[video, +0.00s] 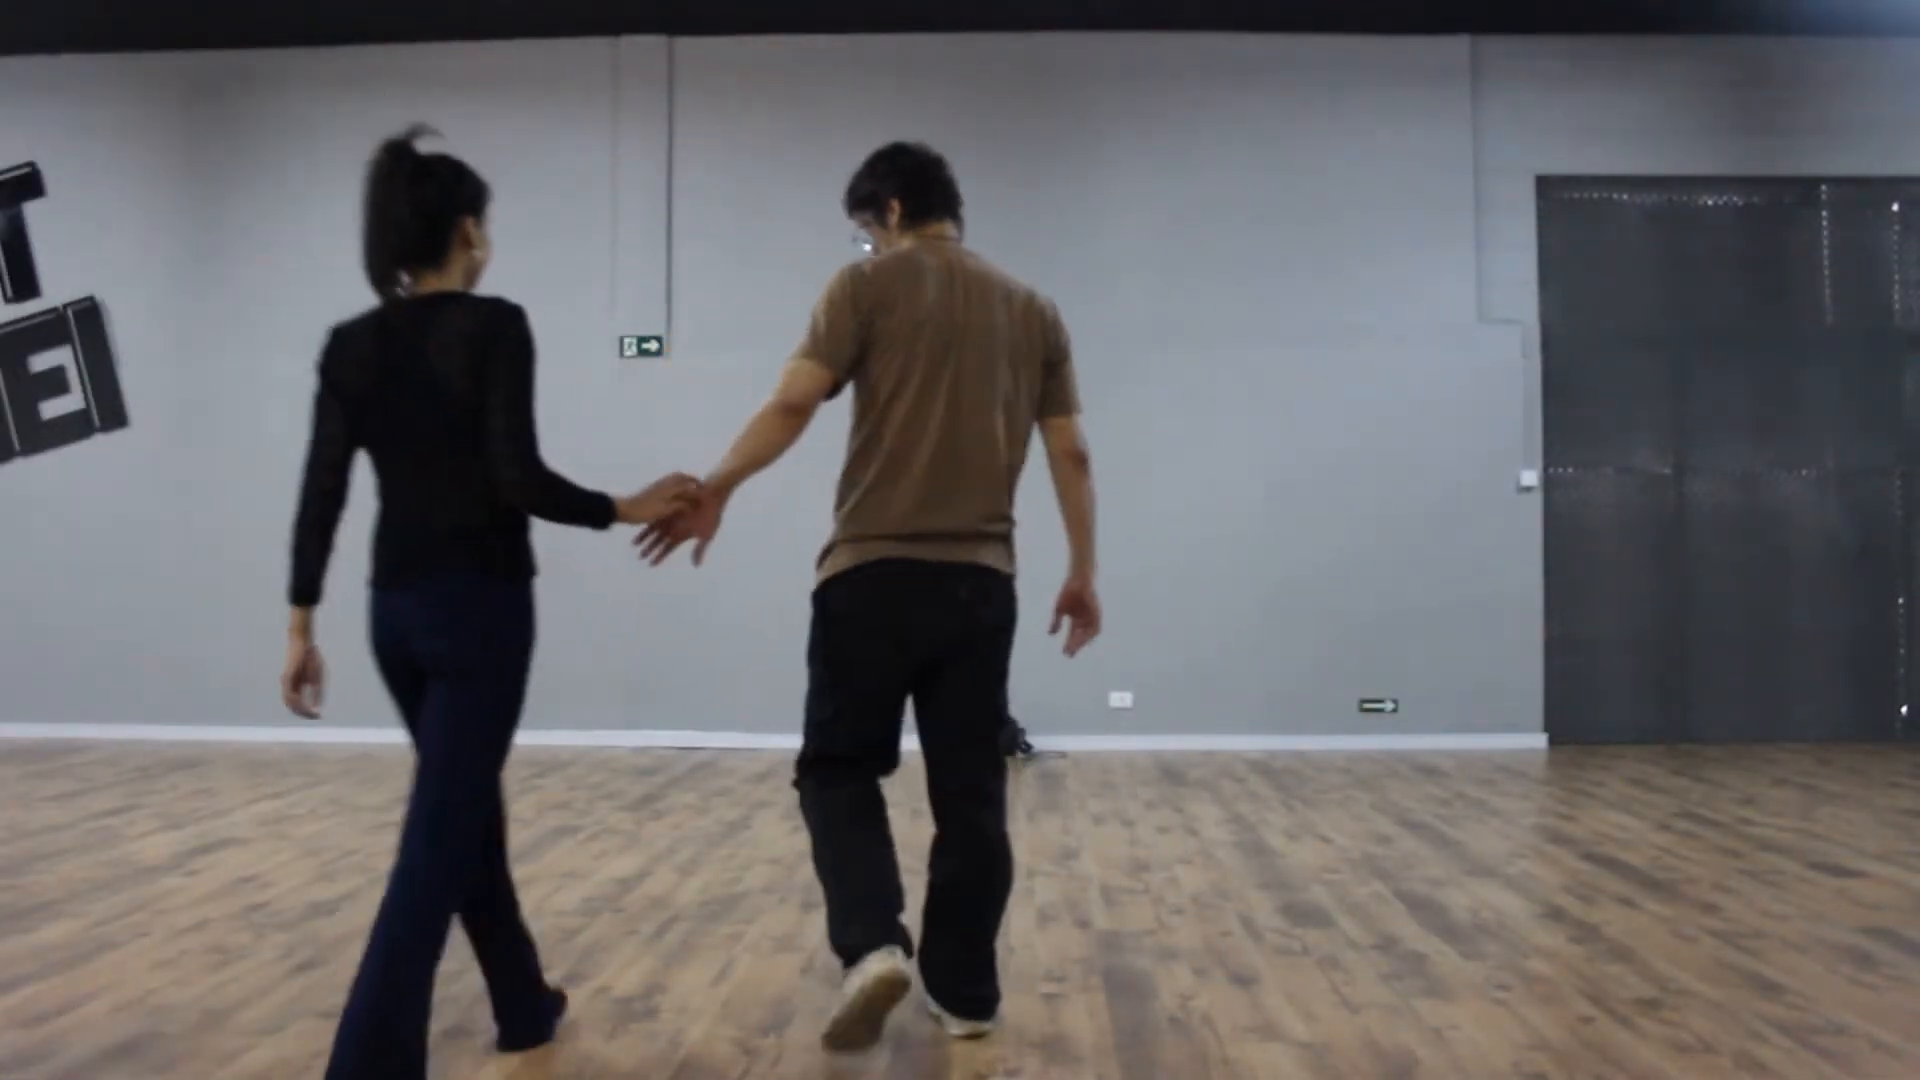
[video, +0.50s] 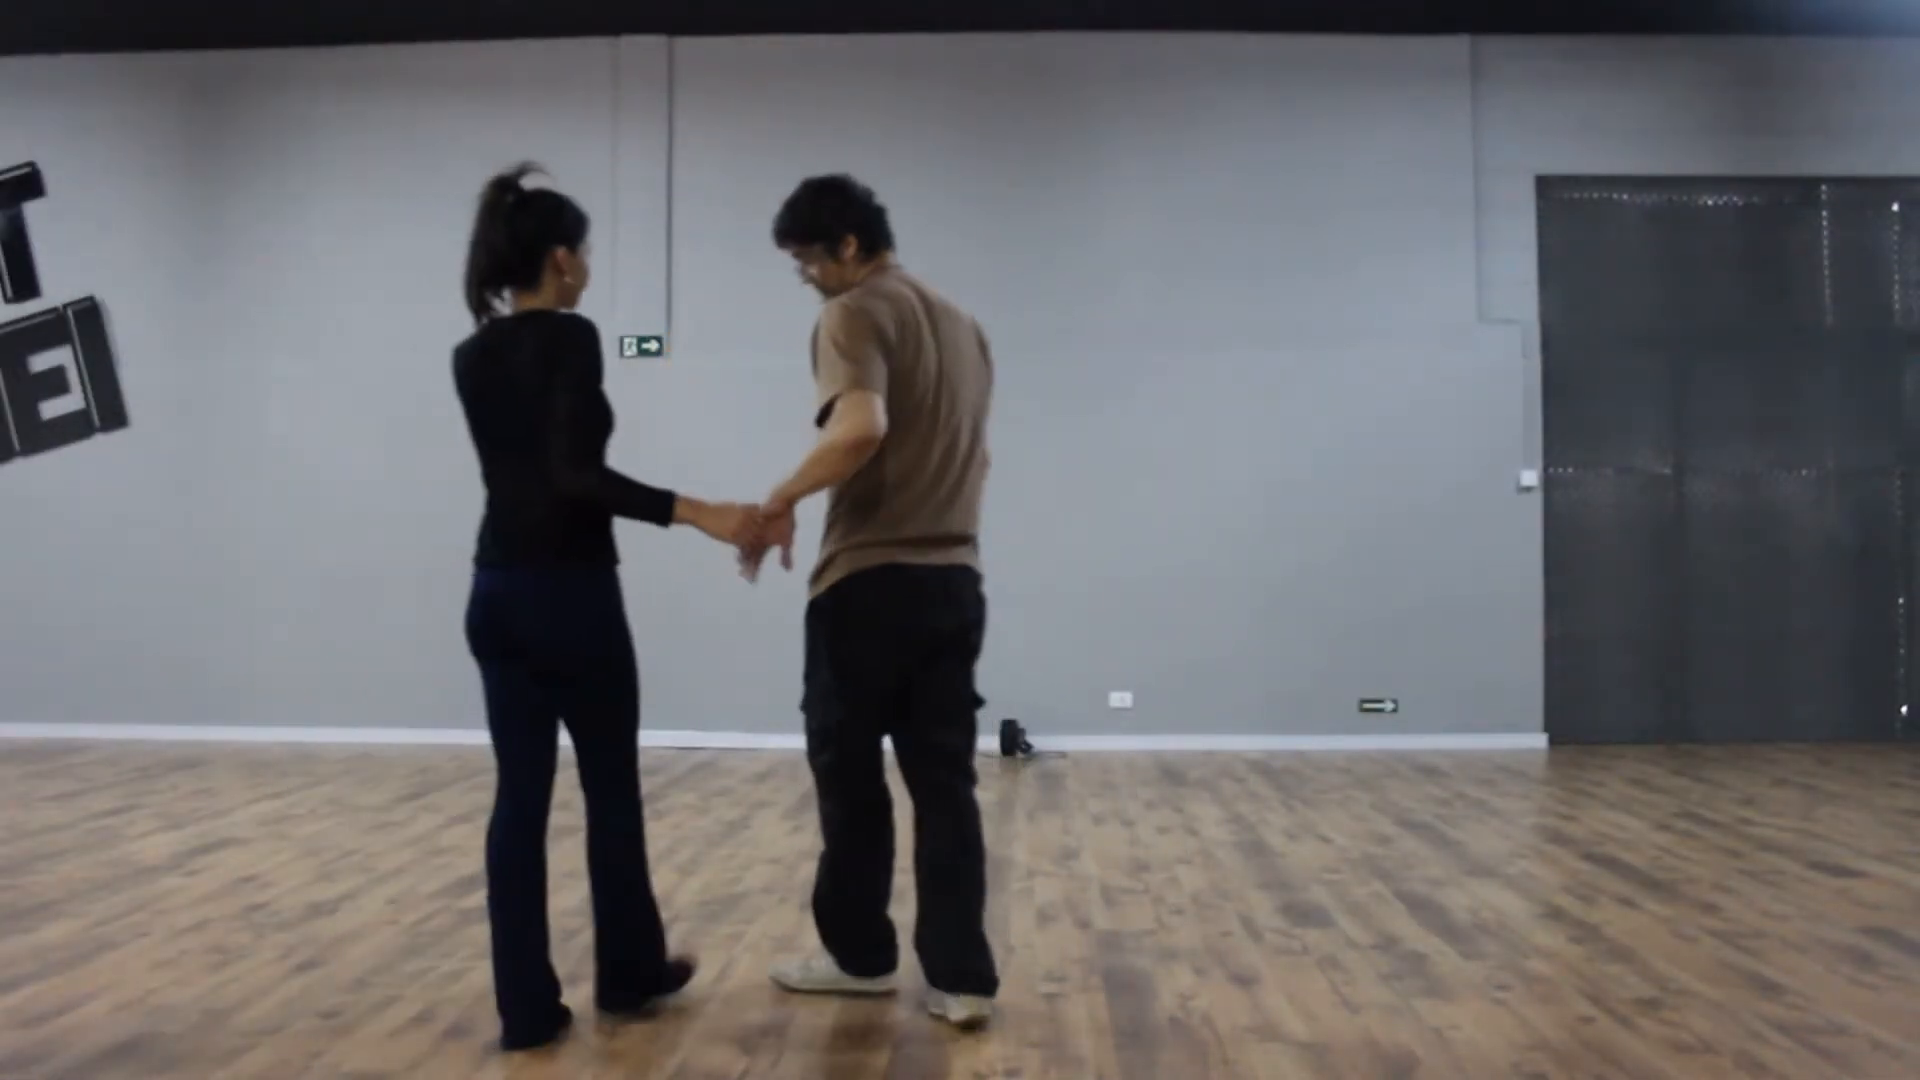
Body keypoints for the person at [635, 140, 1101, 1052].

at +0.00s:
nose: (863, 243)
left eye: (863, 229)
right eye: (859, 232)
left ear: (890, 213)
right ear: (954, 214)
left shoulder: (866, 286)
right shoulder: (1030, 308)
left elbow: (794, 404)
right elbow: (1071, 454)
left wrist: (715, 488)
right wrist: (1083, 572)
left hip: (868, 578)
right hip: (978, 586)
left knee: (839, 767)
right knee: (971, 786)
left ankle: (874, 948)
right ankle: (966, 1000)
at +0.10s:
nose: (861, 249)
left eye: (861, 234)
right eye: (856, 237)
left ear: (890, 218)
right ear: (948, 218)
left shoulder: (872, 289)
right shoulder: (1026, 312)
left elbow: (808, 403)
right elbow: (1067, 455)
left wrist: (732, 480)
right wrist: (1077, 568)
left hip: (873, 578)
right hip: (980, 586)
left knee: (839, 765)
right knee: (969, 782)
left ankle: (878, 963)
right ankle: (967, 998)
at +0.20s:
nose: (857, 256)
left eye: (857, 241)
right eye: (851, 243)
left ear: (886, 224)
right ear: (939, 224)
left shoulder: (874, 291)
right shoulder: (1018, 315)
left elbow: (821, 404)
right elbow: (1055, 455)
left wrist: (746, 478)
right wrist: (1064, 567)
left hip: (875, 581)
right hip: (979, 587)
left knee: (848, 770)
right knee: (968, 783)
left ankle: (865, 976)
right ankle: (966, 993)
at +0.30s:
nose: (843, 268)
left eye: (844, 252)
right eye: (838, 254)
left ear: (874, 235)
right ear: (919, 235)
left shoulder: (869, 300)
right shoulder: (1002, 323)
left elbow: (838, 412)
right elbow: (1027, 460)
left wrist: (764, 479)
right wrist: (1030, 571)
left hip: (878, 587)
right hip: (975, 590)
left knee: (858, 777)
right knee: (964, 789)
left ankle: (852, 955)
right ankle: (965, 991)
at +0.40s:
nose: (829, 275)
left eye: (830, 257)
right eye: (822, 260)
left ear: (867, 239)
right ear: (900, 238)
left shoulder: (860, 312)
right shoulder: (989, 328)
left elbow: (850, 421)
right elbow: (1007, 460)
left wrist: (771, 483)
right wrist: (1003, 567)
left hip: (877, 591)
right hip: (970, 588)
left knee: (856, 773)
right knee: (958, 786)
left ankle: (859, 954)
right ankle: (964, 989)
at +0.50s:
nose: (806, 281)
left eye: (808, 264)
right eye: (799, 267)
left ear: (848, 245)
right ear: (877, 245)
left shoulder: (852, 314)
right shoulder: (965, 327)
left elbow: (859, 427)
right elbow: (966, 450)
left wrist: (780, 499)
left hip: (864, 588)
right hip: (952, 587)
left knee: (847, 774)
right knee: (946, 779)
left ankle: (858, 954)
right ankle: (961, 979)